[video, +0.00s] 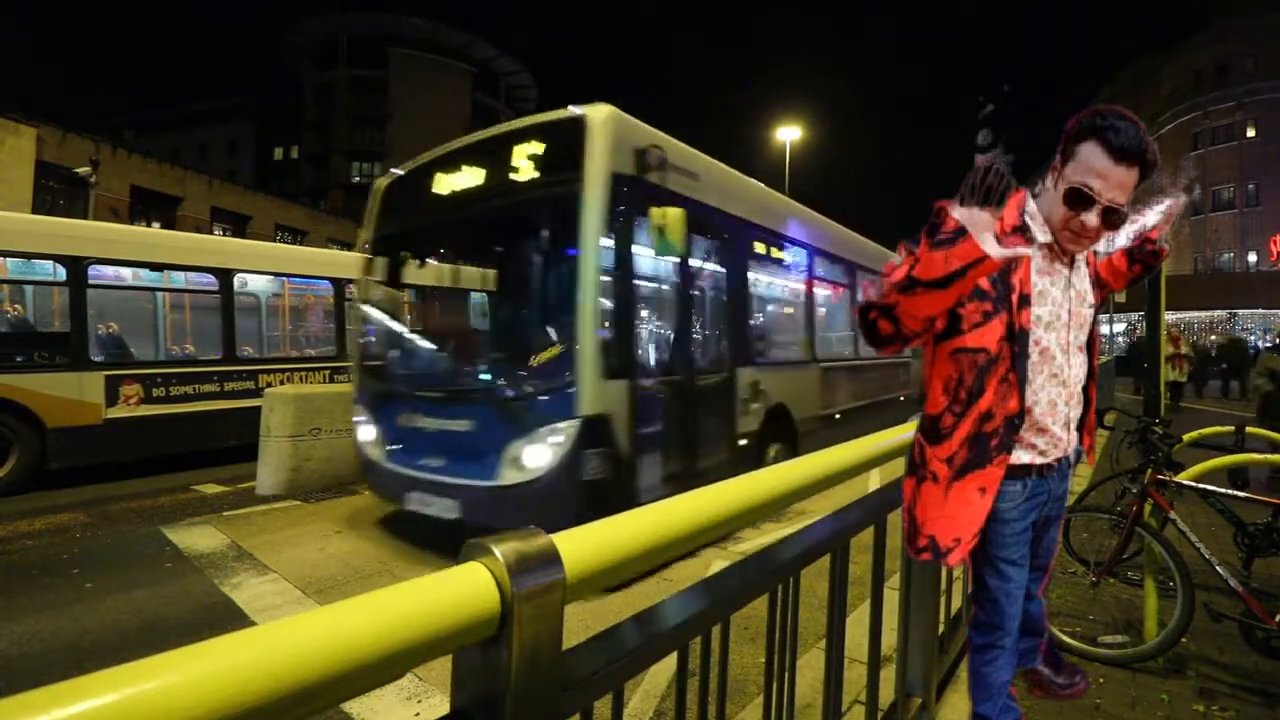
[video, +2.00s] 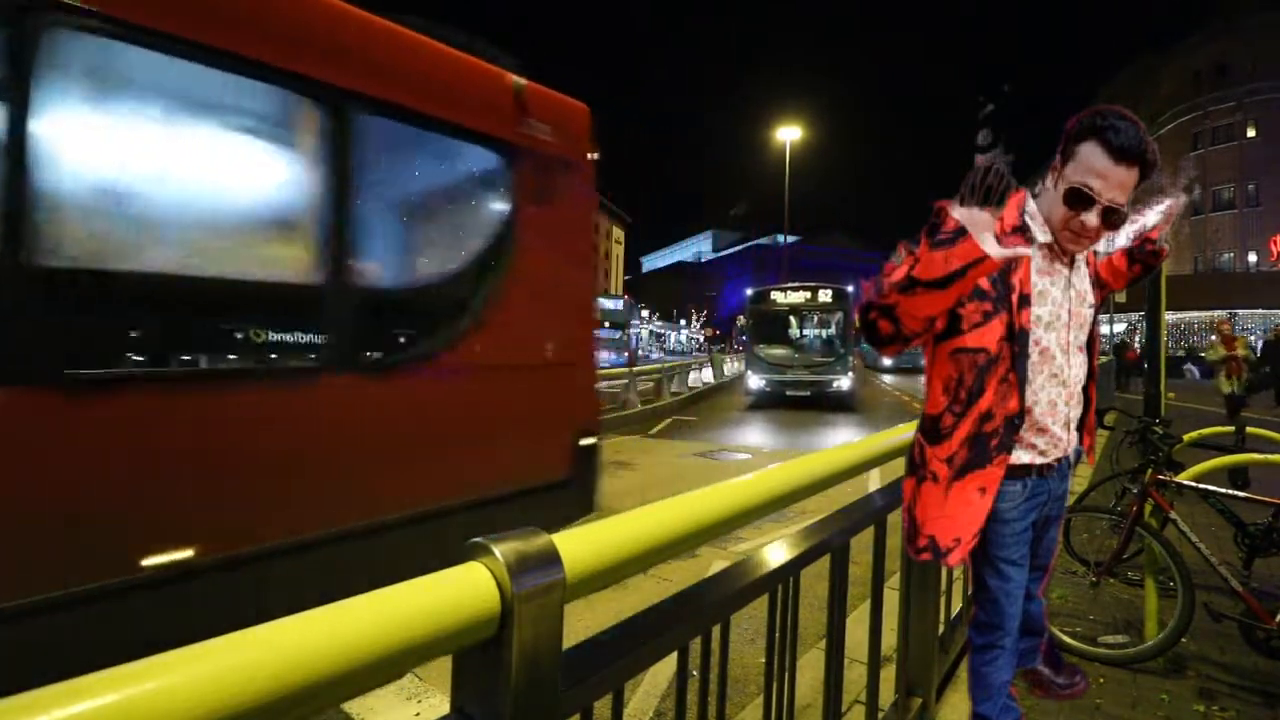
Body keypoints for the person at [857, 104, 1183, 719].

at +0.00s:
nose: (1089, 222)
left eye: (1109, 212)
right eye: (1080, 197)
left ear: (1123, 211)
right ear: (1052, 171)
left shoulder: (1083, 263)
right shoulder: (984, 242)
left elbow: (1110, 274)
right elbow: (883, 327)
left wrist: (1150, 241)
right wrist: (963, 244)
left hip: (1057, 467)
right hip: (1000, 474)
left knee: (1035, 581)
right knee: (1000, 611)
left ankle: (1028, 659)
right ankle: (994, 709)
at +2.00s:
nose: (1089, 222)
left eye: (1110, 212)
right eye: (1080, 197)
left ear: (1124, 210)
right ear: (1052, 171)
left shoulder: (1085, 263)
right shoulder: (985, 243)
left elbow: (1115, 271)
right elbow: (881, 327)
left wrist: (1150, 242)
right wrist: (963, 246)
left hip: (1057, 467)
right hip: (1000, 474)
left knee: (1035, 580)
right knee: (1000, 611)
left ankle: (1028, 658)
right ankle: (994, 709)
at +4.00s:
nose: (1089, 222)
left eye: (1110, 211)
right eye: (1079, 198)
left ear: (1123, 211)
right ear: (1052, 172)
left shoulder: (1085, 264)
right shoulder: (985, 242)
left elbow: (1115, 271)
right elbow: (883, 328)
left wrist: (1152, 240)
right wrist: (962, 245)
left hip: (1057, 467)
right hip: (1000, 475)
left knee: (1034, 582)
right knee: (1000, 611)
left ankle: (1027, 659)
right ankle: (994, 709)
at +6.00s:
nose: (1089, 222)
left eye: (1109, 211)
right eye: (1079, 198)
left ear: (1123, 211)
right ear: (1052, 172)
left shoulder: (1085, 263)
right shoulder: (984, 243)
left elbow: (1116, 271)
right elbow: (883, 328)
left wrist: (1151, 241)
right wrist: (961, 245)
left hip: (1058, 467)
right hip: (1000, 475)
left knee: (1034, 581)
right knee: (1000, 611)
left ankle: (1027, 658)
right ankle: (993, 708)